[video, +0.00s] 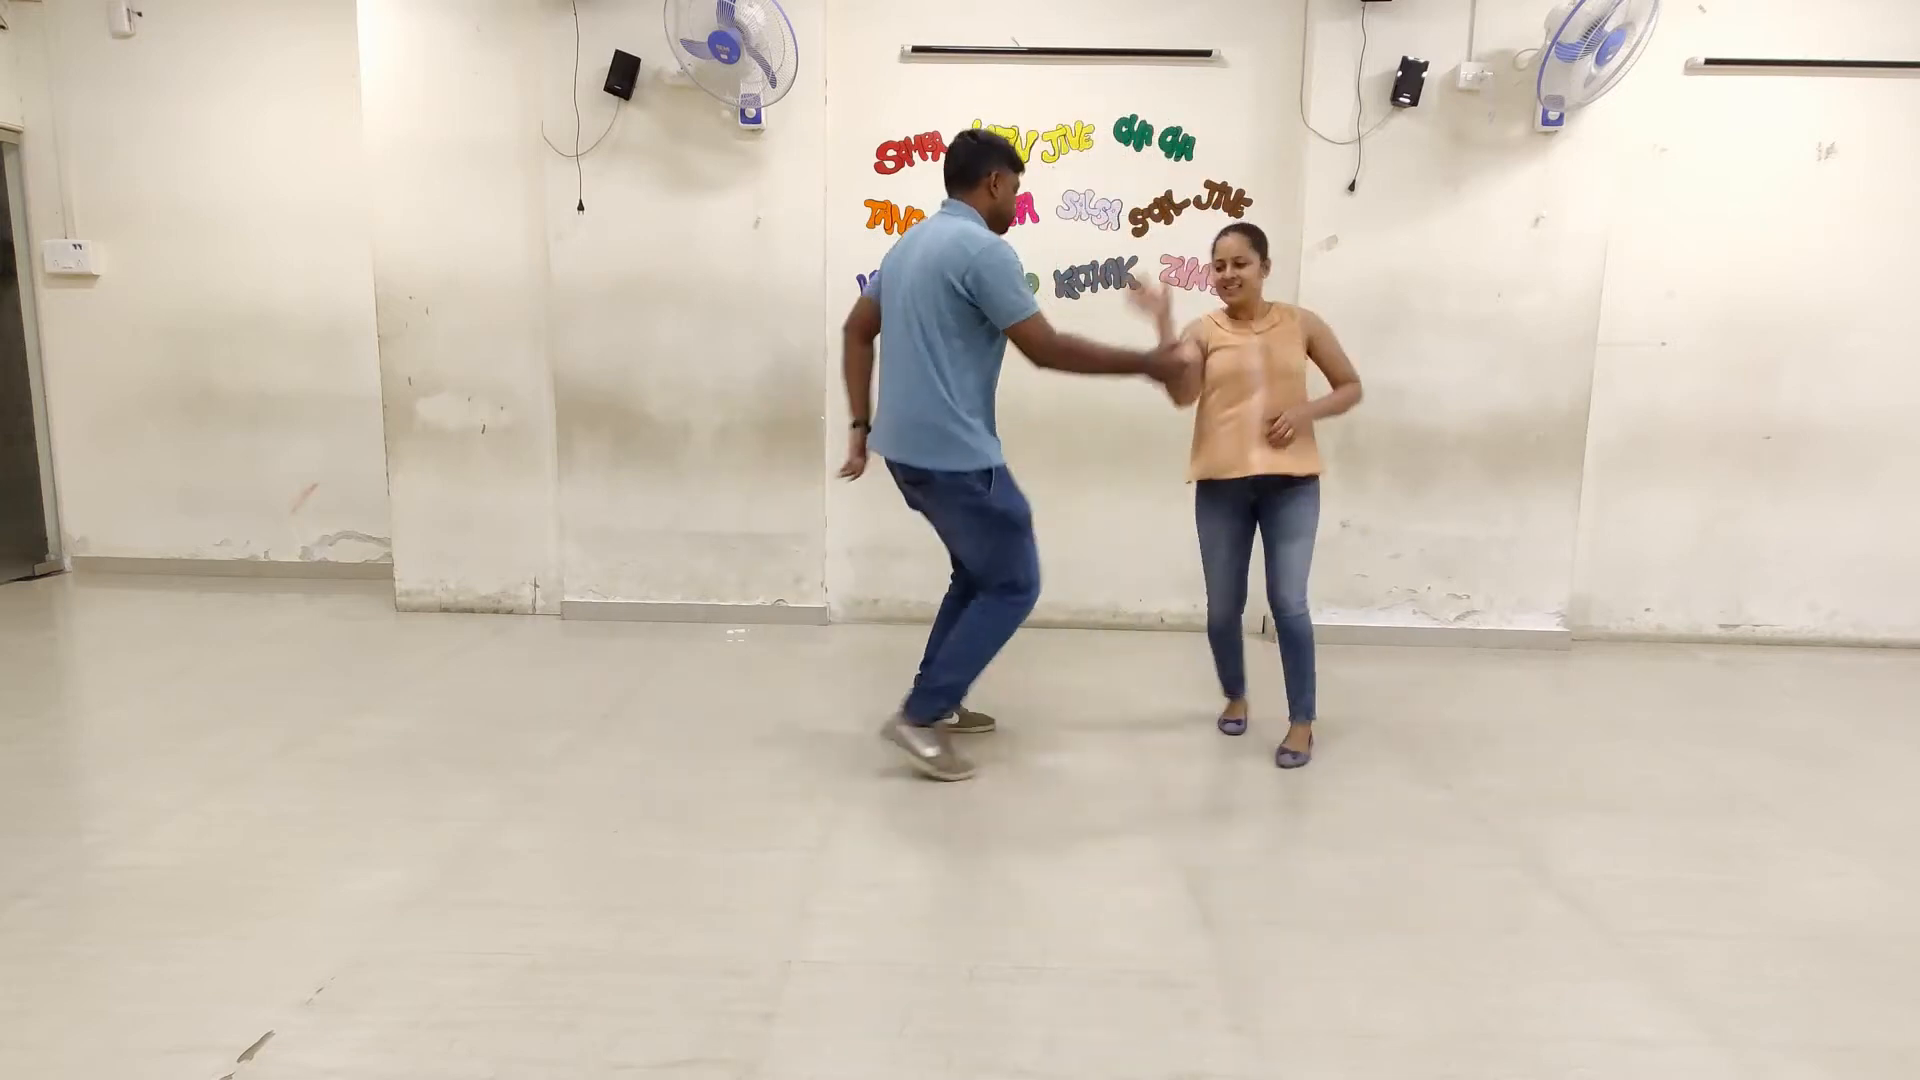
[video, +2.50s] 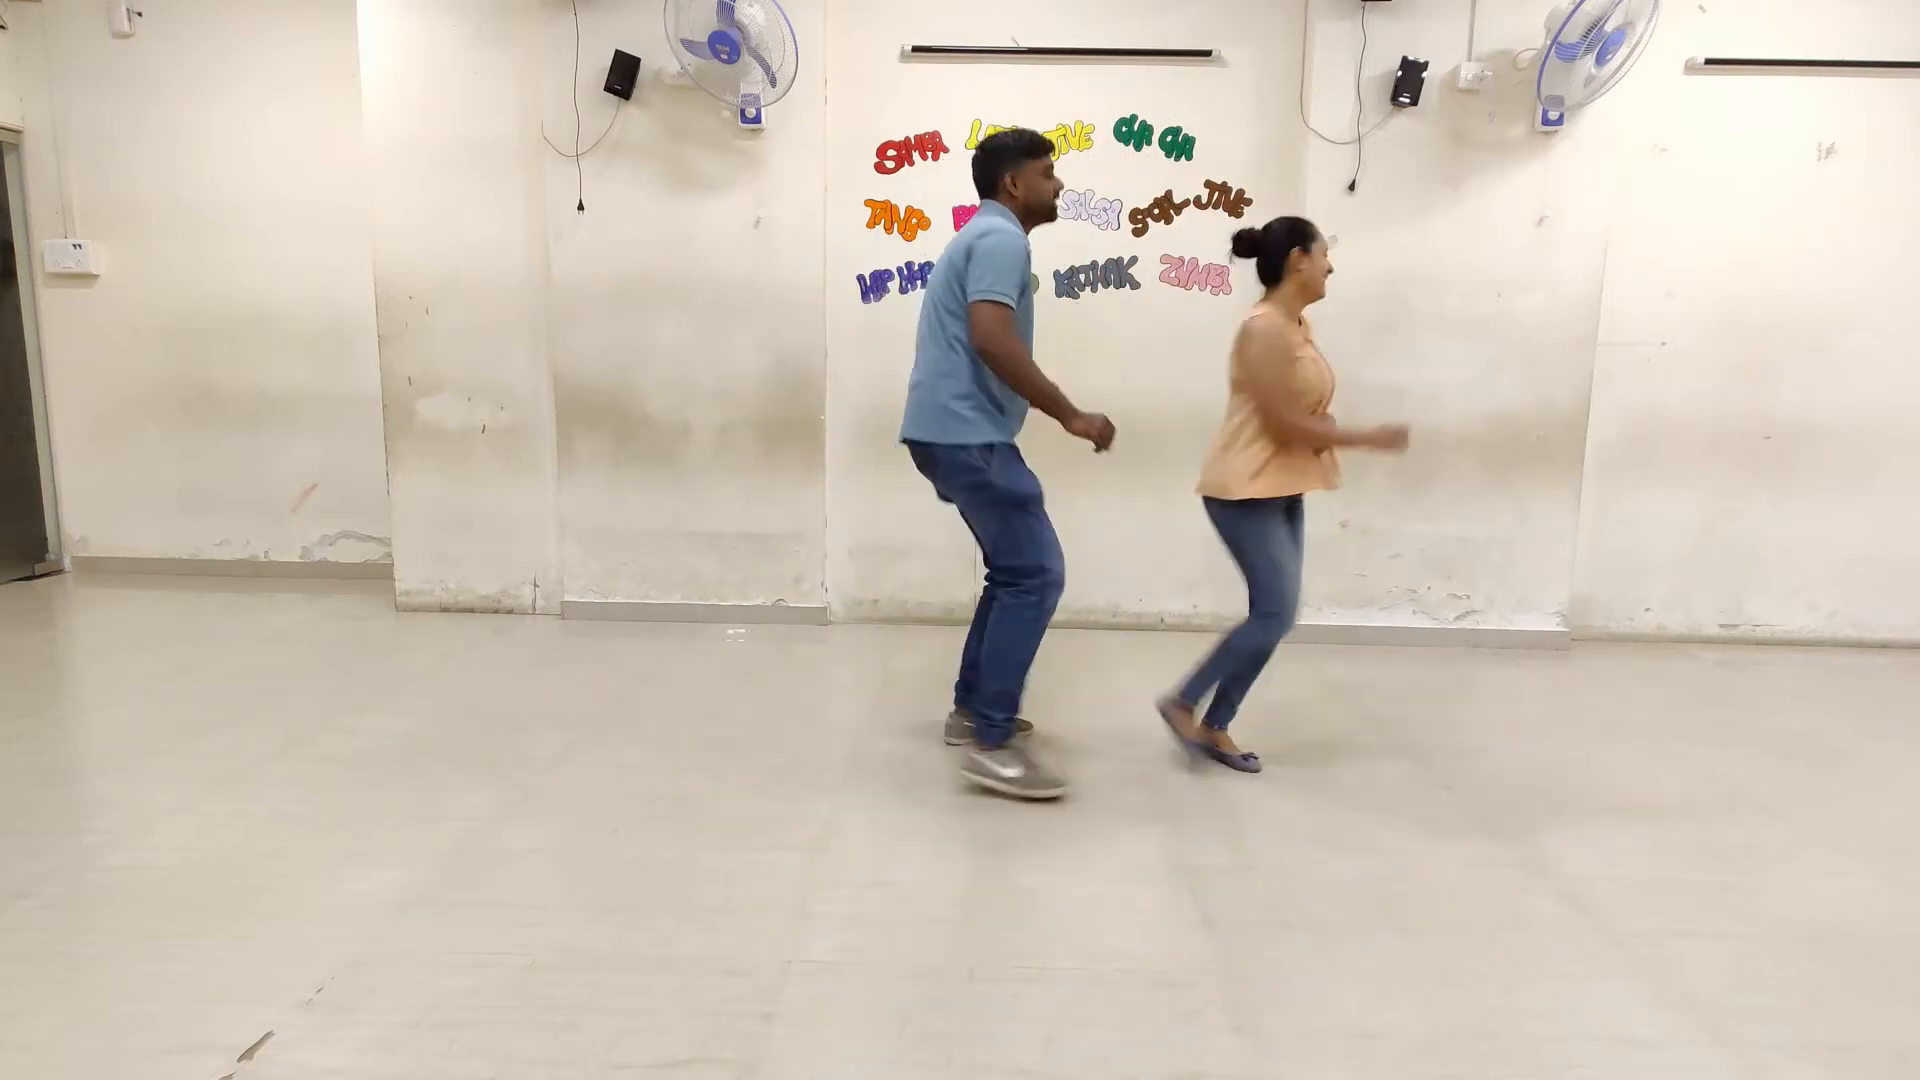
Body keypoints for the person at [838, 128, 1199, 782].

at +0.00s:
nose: (1017, 202)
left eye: (1017, 190)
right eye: (1015, 189)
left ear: (956, 184)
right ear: (994, 183)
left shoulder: (910, 244)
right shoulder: (982, 249)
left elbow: (857, 327)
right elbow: (1046, 348)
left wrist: (860, 422)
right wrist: (1149, 363)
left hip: (906, 445)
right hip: (955, 448)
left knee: (976, 574)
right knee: (1014, 586)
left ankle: (936, 700)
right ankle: (921, 720)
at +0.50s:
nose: (998, 225)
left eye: (999, 215)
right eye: (999, 214)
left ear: (935, 197)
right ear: (983, 204)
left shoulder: (866, 245)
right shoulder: (989, 266)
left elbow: (804, 329)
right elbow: (1020, 376)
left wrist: (806, 432)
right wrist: (1064, 364)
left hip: (852, 444)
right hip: (928, 454)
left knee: (889, 563)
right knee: (949, 604)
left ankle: (913, 681)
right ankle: (884, 746)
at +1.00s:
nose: (1054, 258)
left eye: (1059, 245)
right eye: (1054, 242)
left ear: (1018, 226)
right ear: (1025, 224)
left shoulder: (972, 266)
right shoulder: (971, 268)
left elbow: (925, 371)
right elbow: (975, 368)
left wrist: (964, 444)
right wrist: (1071, 405)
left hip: (920, 438)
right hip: (903, 438)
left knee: (991, 564)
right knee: (984, 574)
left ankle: (932, 696)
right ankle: (963, 744)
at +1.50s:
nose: (1071, 278)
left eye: (1075, 265)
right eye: (1071, 263)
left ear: (1027, 244)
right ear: (1045, 246)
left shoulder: (972, 280)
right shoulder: (1009, 297)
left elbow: (934, 383)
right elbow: (1014, 411)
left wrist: (979, 453)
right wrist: (1107, 424)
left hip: (908, 459)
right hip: (939, 467)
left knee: (992, 586)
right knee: (1019, 606)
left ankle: (954, 700)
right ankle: (933, 741)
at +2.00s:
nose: (1050, 236)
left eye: (1050, 223)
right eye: (1046, 222)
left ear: (985, 216)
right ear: (1021, 217)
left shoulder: (916, 263)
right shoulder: (1042, 283)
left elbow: (858, 357)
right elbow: (1057, 393)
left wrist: (902, 405)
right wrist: (1078, 361)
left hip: (897, 459)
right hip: (977, 466)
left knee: (932, 572)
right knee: (998, 618)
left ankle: (947, 701)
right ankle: (939, 756)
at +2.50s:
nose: (1059, 184)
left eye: (1055, 172)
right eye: (1046, 173)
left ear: (1006, 184)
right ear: (1008, 183)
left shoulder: (982, 235)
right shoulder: (999, 237)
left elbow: (976, 343)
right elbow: (991, 338)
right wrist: (1071, 415)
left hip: (953, 430)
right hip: (966, 433)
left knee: (1013, 571)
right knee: (1036, 573)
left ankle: (975, 707)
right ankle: (990, 740)